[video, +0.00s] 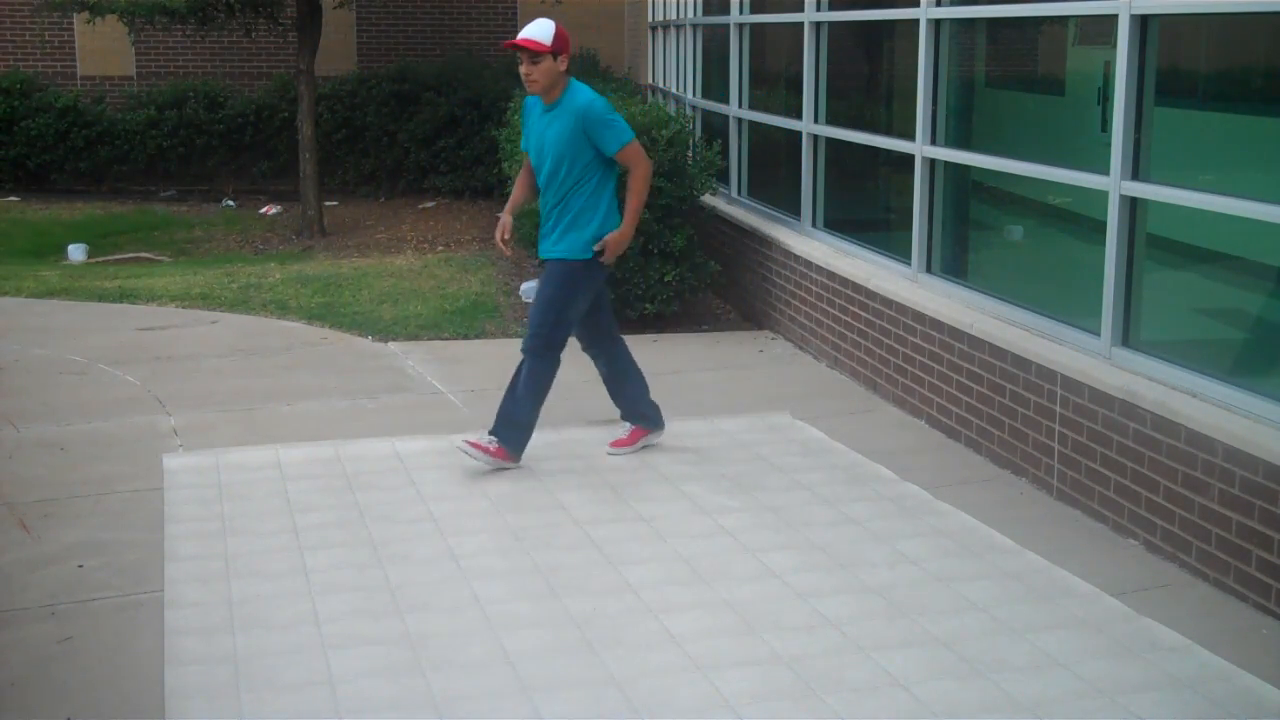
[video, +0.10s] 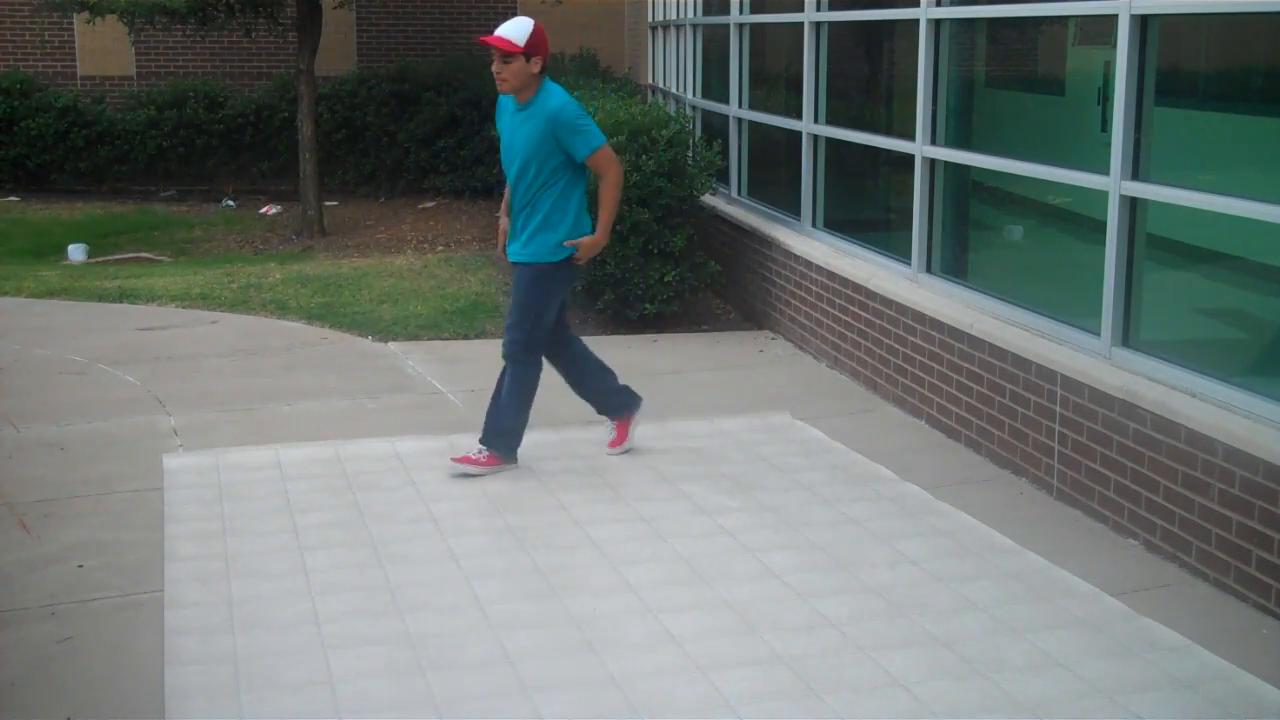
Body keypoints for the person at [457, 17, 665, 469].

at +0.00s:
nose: (525, 70)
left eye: (535, 61)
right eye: (521, 61)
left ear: (562, 62)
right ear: (519, 62)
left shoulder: (588, 106)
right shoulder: (532, 104)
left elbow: (640, 165)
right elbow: (531, 165)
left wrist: (626, 231)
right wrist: (509, 209)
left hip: (584, 245)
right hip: (558, 244)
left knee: (542, 342)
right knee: (600, 338)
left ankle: (507, 442)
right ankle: (645, 418)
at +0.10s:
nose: (496, 68)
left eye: (507, 60)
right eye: (494, 59)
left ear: (535, 64)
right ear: (494, 61)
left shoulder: (561, 109)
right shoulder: (506, 103)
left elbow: (611, 169)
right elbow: (519, 165)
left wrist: (601, 236)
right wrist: (505, 211)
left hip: (554, 250)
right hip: (524, 247)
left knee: (520, 344)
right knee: (555, 341)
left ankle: (499, 447)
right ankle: (620, 404)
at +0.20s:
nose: (463, 61)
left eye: (473, 55)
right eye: (464, 53)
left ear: (503, 64)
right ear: (485, 62)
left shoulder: (533, 106)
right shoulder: (481, 97)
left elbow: (582, 167)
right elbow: (507, 166)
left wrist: (583, 236)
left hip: (531, 249)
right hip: (495, 242)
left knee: (506, 345)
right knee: (488, 338)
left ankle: (499, 449)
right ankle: (572, 391)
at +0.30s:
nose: (437, 55)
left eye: (445, 49)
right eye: (439, 48)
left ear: (472, 60)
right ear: (466, 59)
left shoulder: (508, 103)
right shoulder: (462, 93)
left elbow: (556, 165)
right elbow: (494, 164)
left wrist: (565, 232)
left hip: (505, 252)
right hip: (469, 244)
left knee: (495, 349)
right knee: (448, 334)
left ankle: (499, 448)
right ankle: (503, 412)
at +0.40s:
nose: (412, 56)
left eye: (420, 50)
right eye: (413, 48)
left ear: (446, 59)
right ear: (439, 58)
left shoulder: (486, 107)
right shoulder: (438, 98)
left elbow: (526, 177)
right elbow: (460, 175)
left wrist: (536, 247)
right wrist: (445, 231)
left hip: (485, 258)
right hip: (442, 250)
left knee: (486, 355)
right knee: (416, 344)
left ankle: (499, 450)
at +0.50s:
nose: (385, 62)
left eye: (393, 56)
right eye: (387, 54)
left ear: (420, 64)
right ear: (414, 64)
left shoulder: (463, 114)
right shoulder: (412, 107)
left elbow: (494, 194)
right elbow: (428, 187)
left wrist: (493, 263)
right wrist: (419, 243)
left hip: (458, 269)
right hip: (417, 262)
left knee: (476, 362)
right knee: (390, 358)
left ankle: (497, 448)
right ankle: (350, 455)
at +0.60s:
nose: (356, 70)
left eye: (364, 63)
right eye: (358, 61)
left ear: (392, 68)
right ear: (385, 67)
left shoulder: (439, 116)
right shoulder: (384, 113)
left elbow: (467, 200)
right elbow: (397, 189)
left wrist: (439, 269)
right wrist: (374, 233)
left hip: (435, 273)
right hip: (386, 265)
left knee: (446, 363)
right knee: (363, 363)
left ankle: (492, 441)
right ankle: (342, 472)